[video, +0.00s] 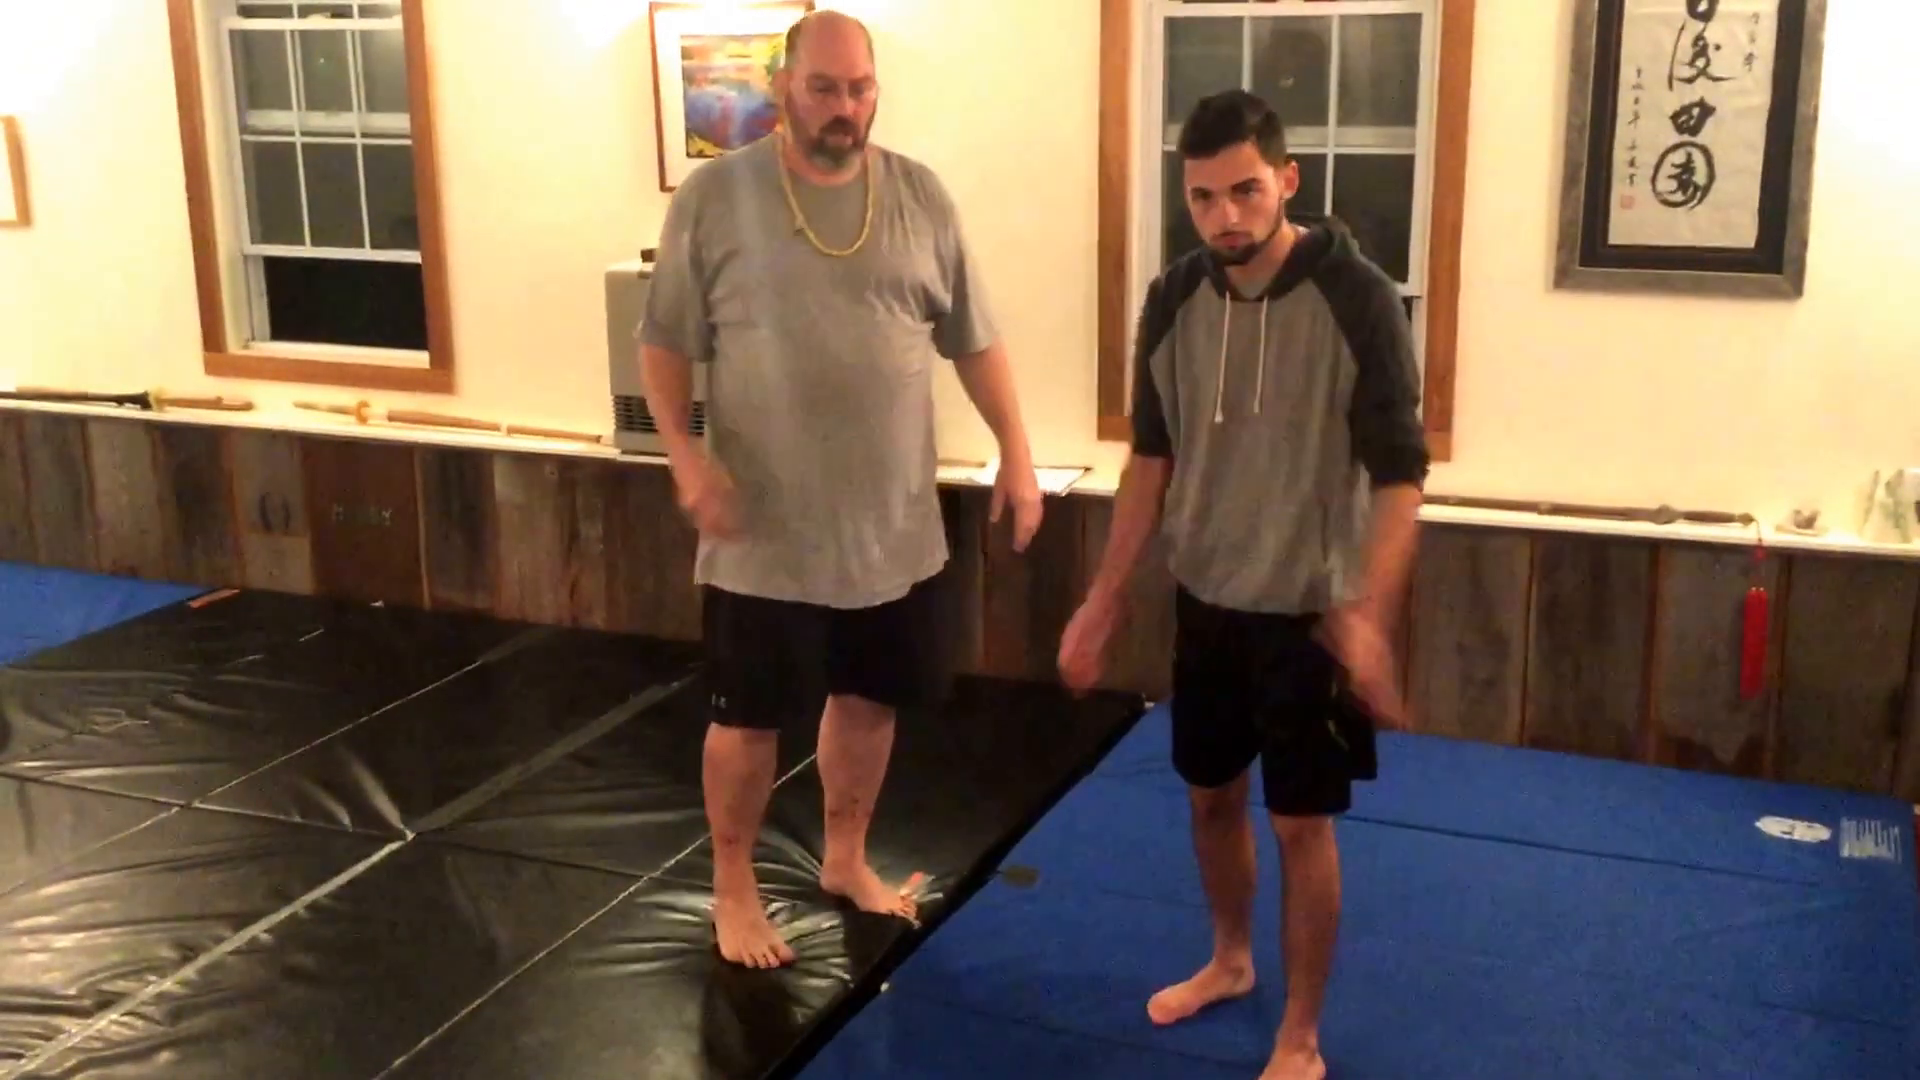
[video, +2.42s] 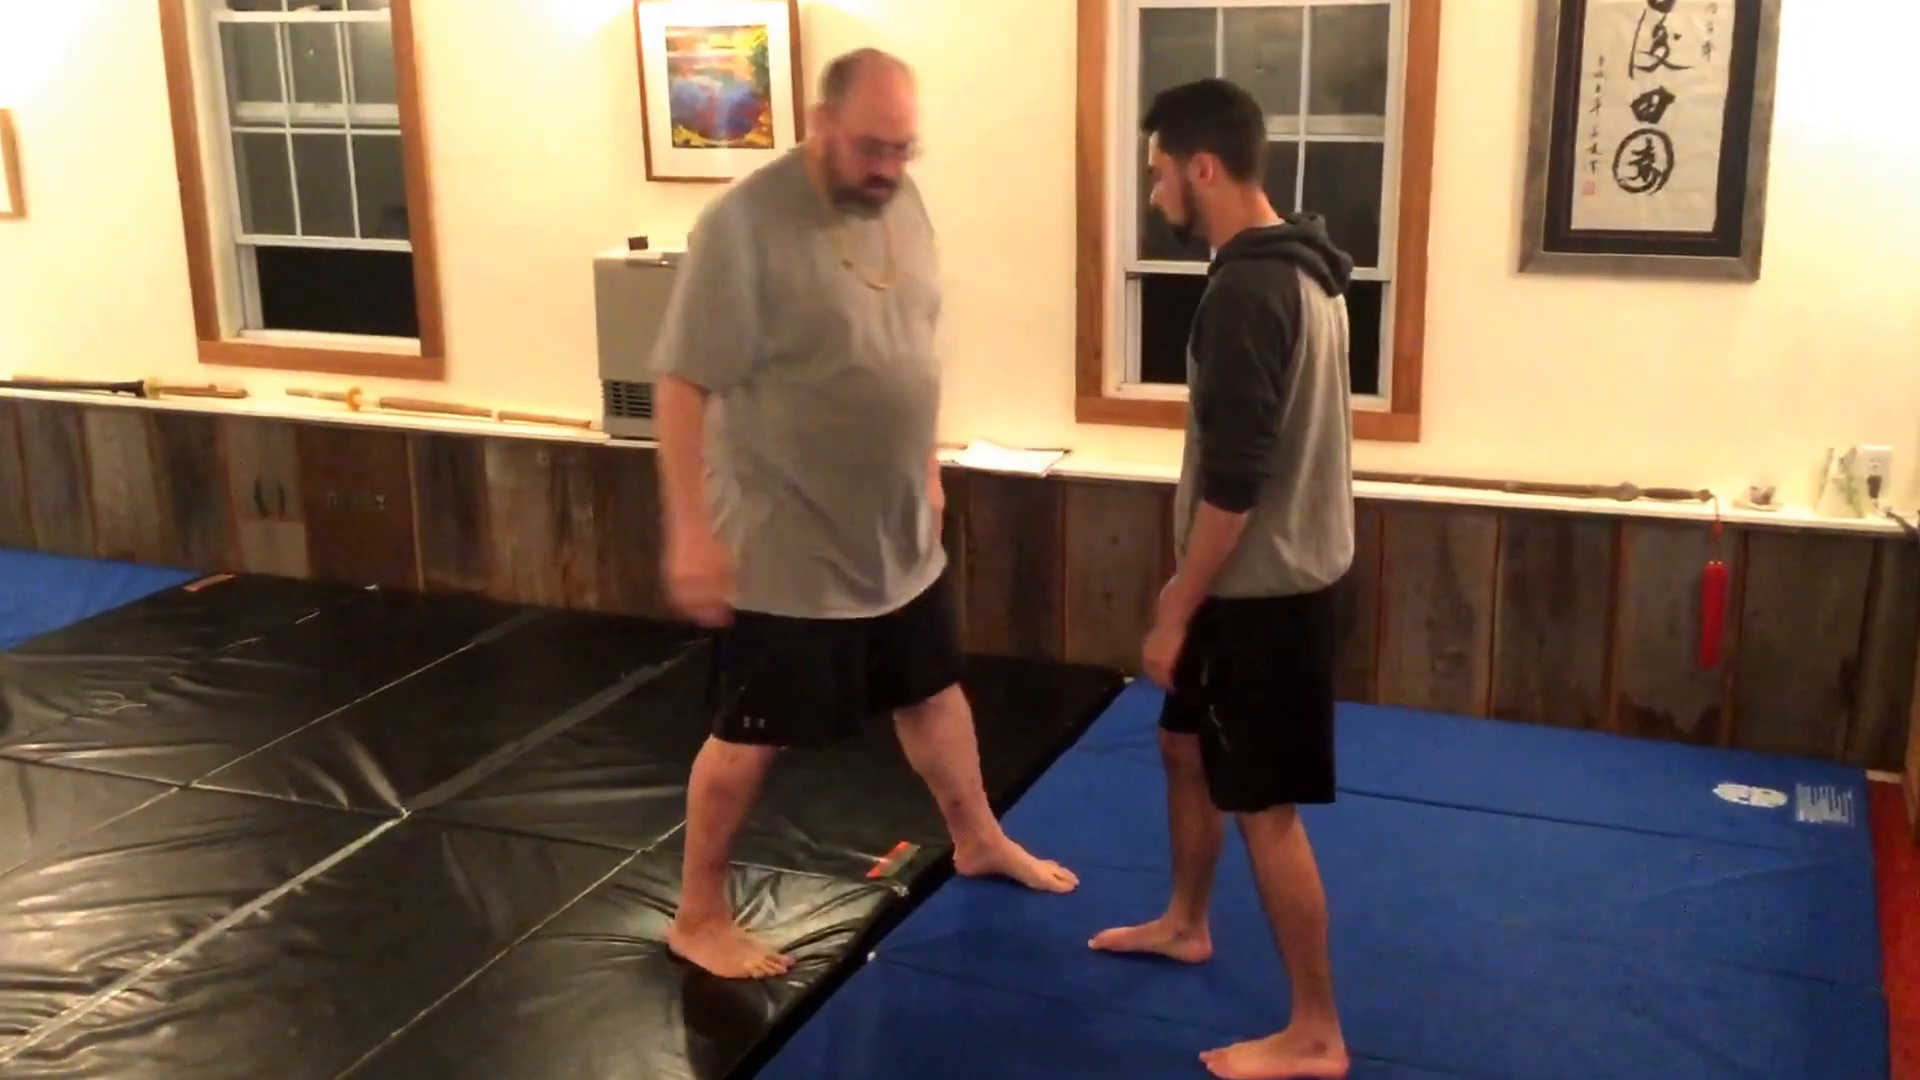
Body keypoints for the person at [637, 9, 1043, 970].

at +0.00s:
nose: (845, 106)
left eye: (860, 88)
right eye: (824, 88)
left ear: (878, 88)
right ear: (782, 87)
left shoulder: (919, 196)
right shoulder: (711, 199)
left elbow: (972, 335)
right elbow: (665, 340)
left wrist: (1017, 454)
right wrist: (685, 456)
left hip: (889, 515)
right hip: (760, 520)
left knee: (870, 700)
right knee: (750, 718)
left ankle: (846, 862)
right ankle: (735, 888)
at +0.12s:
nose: (833, 121)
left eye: (847, 101)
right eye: (812, 102)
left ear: (862, 96)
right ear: (767, 96)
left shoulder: (893, 191)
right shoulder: (692, 200)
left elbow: (944, 330)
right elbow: (639, 347)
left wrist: (989, 448)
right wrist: (733, 369)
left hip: (874, 513)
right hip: (747, 518)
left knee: (874, 697)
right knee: (736, 719)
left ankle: (845, 860)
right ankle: (733, 895)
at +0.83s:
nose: (952, 166)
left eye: (964, 148)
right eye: (939, 143)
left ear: (969, 141)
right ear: (884, 117)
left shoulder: (942, 211)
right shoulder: (794, 207)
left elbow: (951, 353)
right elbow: (733, 357)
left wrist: (977, 459)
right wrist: (868, 409)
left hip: (926, 515)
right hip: (807, 525)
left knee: (954, 692)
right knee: (770, 718)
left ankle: (992, 861)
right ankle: (733, 884)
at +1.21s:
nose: (1086, 185)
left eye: (1099, 169)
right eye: (1078, 162)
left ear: (1102, 150)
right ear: (1030, 121)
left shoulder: (1064, 211)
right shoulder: (915, 191)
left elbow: (1078, 342)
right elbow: (826, 324)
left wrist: (1118, 448)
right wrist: (811, 473)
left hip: (1009, 497)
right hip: (906, 496)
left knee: (995, 677)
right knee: (910, 683)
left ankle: (990, 851)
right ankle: (856, 836)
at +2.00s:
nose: (1064, 195)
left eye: (1079, 180)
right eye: (1055, 173)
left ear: (1082, 167)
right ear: (1004, 134)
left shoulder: (1034, 211)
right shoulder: (904, 199)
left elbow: (1028, 348)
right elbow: (830, 349)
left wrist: (1075, 438)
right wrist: (877, 492)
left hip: (973, 514)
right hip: (857, 513)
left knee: (993, 673)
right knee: (799, 695)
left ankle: (983, 842)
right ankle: (716, 887)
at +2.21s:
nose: (965, 190)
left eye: (978, 172)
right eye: (954, 168)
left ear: (984, 158)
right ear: (897, 138)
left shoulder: (946, 219)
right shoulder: (808, 224)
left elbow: (963, 351)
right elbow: (750, 380)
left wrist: (1006, 456)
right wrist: (802, 521)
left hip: (930, 533)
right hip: (818, 543)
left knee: (969, 685)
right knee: (766, 729)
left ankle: (981, 840)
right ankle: (703, 910)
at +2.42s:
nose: (890, 169)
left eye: (904, 149)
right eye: (873, 147)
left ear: (914, 136)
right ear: (819, 124)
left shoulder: (908, 210)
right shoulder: (744, 221)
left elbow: (912, 361)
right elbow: (680, 383)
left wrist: (927, 476)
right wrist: (690, 533)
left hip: (896, 521)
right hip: (784, 539)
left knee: (932, 692)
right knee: (747, 735)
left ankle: (979, 840)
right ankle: (699, 914)